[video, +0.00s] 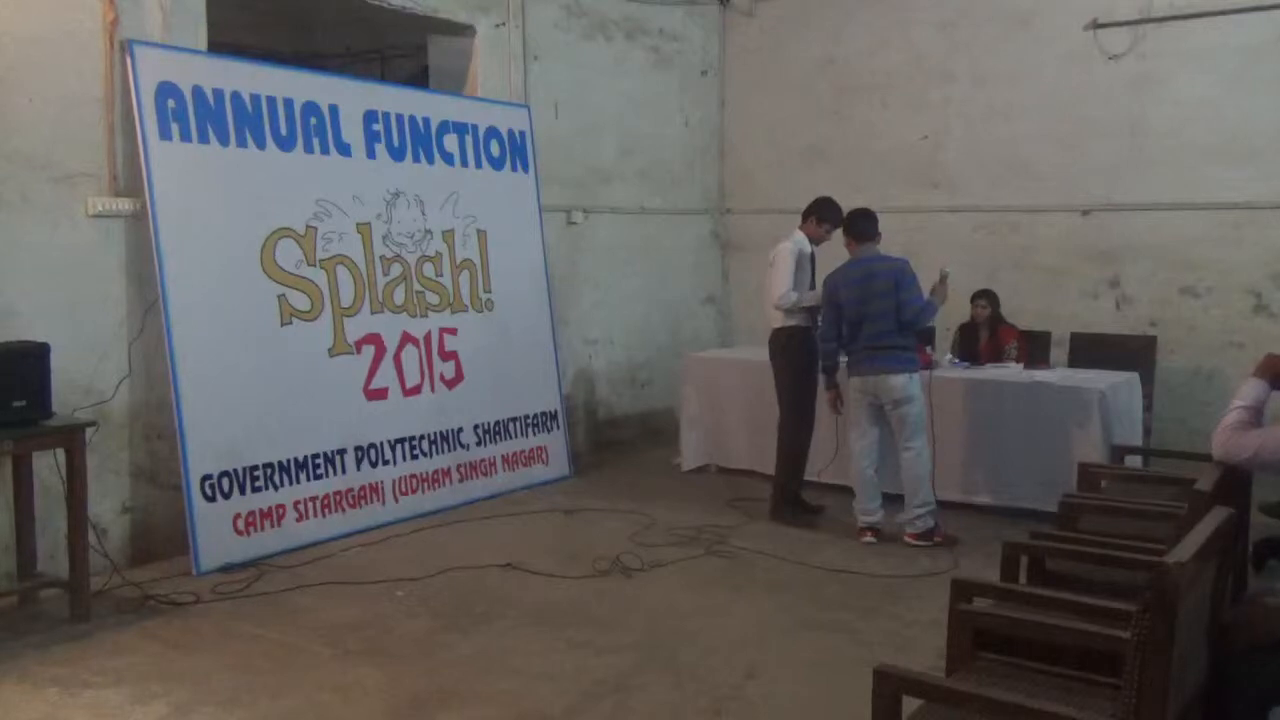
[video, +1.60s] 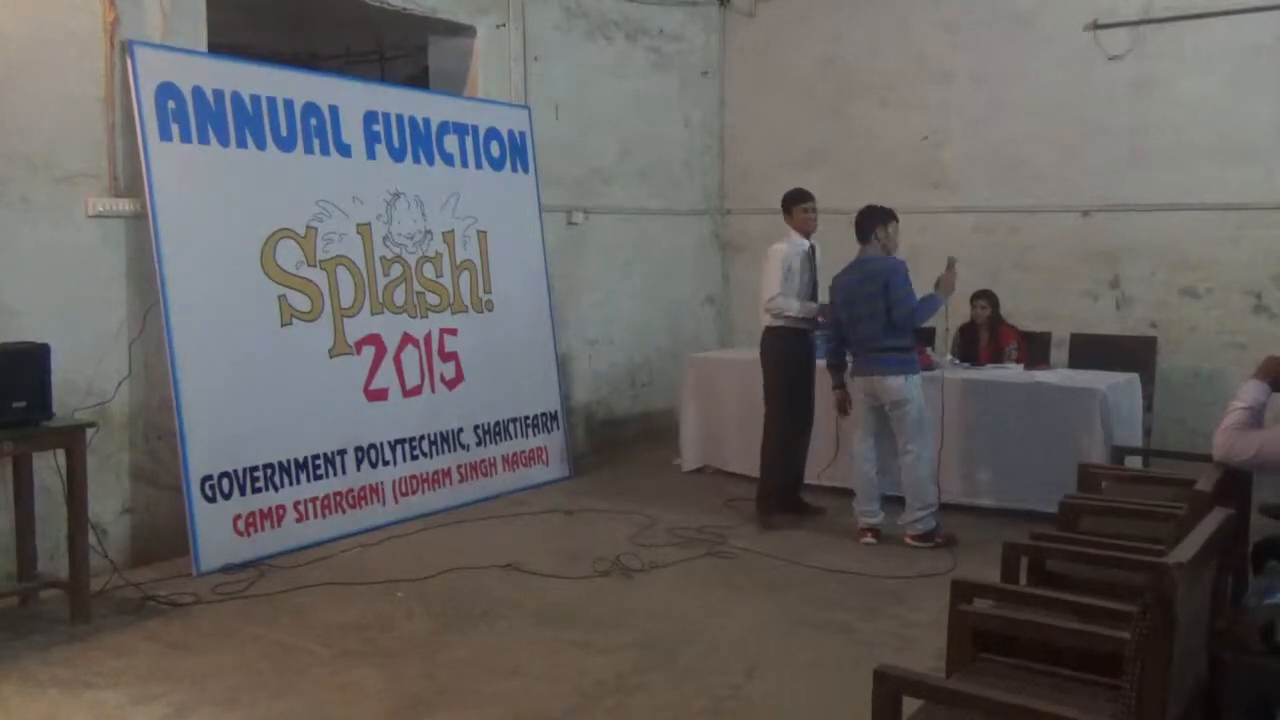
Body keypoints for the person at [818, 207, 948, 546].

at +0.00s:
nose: (847, 245)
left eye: (845, 240)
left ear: (847, 241)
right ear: (879, 237)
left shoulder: (835, 280)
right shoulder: (898, 268)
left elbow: (828, 337)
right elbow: (915, 319)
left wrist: (830, 383)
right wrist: (936, 300)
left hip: (859, 376)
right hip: (899, 375)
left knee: (863, 451)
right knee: (913, 447)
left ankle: (868, 524)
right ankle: (919, 524)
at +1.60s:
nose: (897, 239)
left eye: (897, 232)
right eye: (895, 232)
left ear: (864, 235)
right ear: (881, 233)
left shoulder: (841, 280)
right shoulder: (893, 269)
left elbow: (834, 337)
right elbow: (909, 317)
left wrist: (838, 384)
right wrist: (940, 293)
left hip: (863, 376)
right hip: (898, 374)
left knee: (865, 448)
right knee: (915, 447)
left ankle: (867, 524)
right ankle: (919, 526)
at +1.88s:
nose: (921, 235)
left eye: (920, 228)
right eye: (915, 229)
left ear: (890, 234)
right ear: (895, 233)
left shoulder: (864, 274)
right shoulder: (902, 272)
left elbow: (859, 332)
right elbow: (905, 327)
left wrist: (868, 363)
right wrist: (944, 306)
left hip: (874, 375)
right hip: (904, 377)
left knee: (876, 448)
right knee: (915, 452)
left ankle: (869, 523)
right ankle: (920, 527)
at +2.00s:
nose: (931, 234)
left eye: (931, 227)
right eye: (924, 228)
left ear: (900, 235)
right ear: (903, 233)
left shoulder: (878, 273)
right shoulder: (910, 274)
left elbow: (878, 331)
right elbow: (915, 330)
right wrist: (951, 306)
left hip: (884, 375)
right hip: (913, 378)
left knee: (884, 451)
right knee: (920, 454)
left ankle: (870, 522)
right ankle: (920, 527)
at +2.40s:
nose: (952, 234)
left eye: (953, 227)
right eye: (946, 227)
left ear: (931, 232)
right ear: (923, 231)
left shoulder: (928, 271)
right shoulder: (920, 275)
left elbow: (937, 325)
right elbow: (933, 332)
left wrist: (967, 307)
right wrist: (966, 304)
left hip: (933, 377)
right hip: (928, 379)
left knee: (932, 448)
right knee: (931, 451)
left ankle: (910, 514)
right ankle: (920, 529)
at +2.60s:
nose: (963, 234)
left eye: (964, 227)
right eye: (956, 227)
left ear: (950, 232)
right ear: (933, 231)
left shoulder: (943, 272)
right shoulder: (925, 276)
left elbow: (946, 327)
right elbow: (936, 334)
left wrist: (971, 308)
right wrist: (970, 306)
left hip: (950, 379)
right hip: (933, 381)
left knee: (962, 453)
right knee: (933, 455)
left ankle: (961, 521)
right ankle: (919, 528)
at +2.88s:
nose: (981, 237)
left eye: (983, 231)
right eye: (974, 230)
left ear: (968, 234)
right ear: (952, 232)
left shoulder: (967, 277)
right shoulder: (939, 280)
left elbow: (973, 327)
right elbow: (954, 332)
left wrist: (991, 298)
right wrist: (986, 296)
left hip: (976, 384)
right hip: (951, 385)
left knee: (988, 463)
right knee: (941, 461)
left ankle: (1003, 529)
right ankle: (921, 527)